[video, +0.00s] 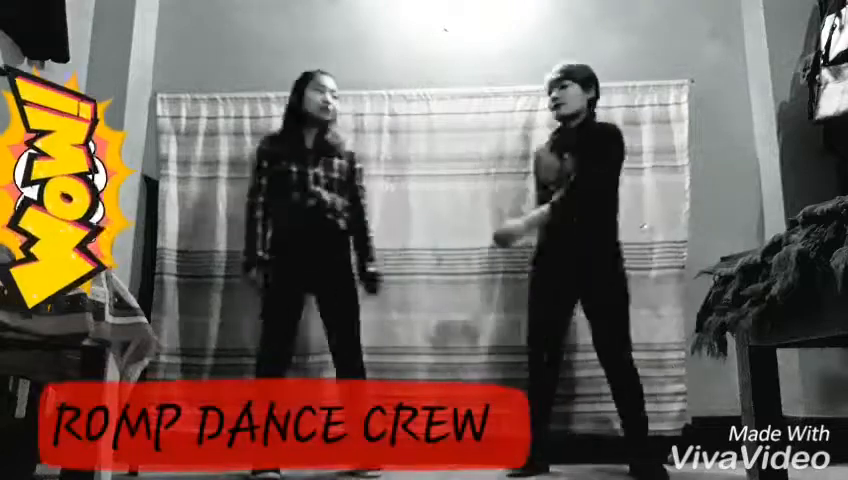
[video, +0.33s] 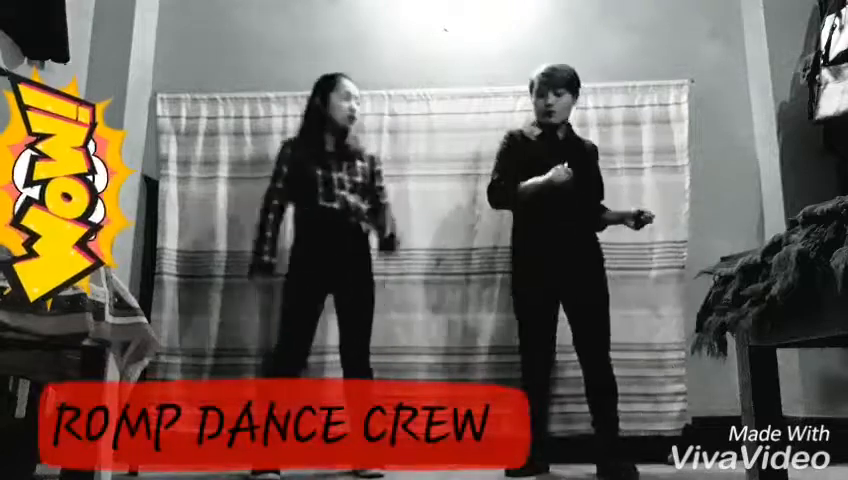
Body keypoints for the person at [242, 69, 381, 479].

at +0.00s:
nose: (330, 99)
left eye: (334, 93)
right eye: (321, 91)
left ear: (337, 103)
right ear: (299, 97)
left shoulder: (343, 154)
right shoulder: (272, 149)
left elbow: (358, 213)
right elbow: (257, 205)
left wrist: (368, 263)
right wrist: (255, 257)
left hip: (334, 265)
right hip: (286, 264)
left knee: (349, 356)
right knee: (274, 355)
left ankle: (360, 446)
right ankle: (262, 447)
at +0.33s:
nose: (354, 106)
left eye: (357, 99)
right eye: (345, 98)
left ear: (357, 107)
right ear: (321, 102)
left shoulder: (365, 157)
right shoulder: (296, 151)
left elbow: (378, 203)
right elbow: (274, 202)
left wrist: (387, 231)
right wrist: (264, 253)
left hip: (354, 260)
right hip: (310, 259)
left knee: (357, 354)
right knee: (292, 351)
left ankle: (363, 446)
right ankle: (266, 443)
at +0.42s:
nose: (367, 104)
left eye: (370, 98)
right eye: (358, 97)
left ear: (374, 107)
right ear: (337, 104)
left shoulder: (384, 151)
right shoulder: (315, 153)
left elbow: (409, 201)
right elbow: (293, 206)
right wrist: (272, 254)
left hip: (367, 265)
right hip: (323, 262)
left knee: (364, 357)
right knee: (300, 351)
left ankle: (368, 448)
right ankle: (280, 443)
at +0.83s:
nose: (344, 116)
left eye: (352, 110)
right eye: (336, 109)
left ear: (365, 118)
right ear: (327, 116)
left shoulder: (379, 160)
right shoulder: (312, 163)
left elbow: (394, 209)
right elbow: (298, 219)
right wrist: (294, 267)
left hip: (365, 267)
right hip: (325, 267)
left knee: (359, 352)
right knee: (325, 353)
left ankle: (367, 430)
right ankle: (328, 432)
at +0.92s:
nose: (345, 111)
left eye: (353, 106)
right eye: (337, 105)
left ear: (365, 115)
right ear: (326, 114)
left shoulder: (378, 160)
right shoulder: (309, 159)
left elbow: (392, 216)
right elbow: (295, 214)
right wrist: (291, 262)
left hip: (365, 265)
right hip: (323, 264)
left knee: (354, 344)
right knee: (326, 345)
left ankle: (357, 420)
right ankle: (328, 420)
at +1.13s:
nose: (352, 100)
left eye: (360, 94)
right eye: (344, 94)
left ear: (373, 104)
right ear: (332, 103)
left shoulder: (387, 156)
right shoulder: (313, 146)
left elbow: (405, 207)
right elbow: (273, 187)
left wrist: (421, 253)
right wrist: (241, 229)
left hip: (363, 261)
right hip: (319, 259)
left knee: (351, 354)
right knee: (314, 352)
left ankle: (349, 446)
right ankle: (314, 441)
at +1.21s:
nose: (343, 91)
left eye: (352, 85)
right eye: (336, 86)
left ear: (368, 95)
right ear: (326, 98)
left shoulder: (388, 145)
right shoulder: (315, 142)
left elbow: (414, 188)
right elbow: (288, 179)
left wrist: (416, 198)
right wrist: (266, 186)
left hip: (362, 251)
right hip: (319, 249)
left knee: (350, 349)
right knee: (291, 339)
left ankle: (345, 447)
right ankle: (294, 435)